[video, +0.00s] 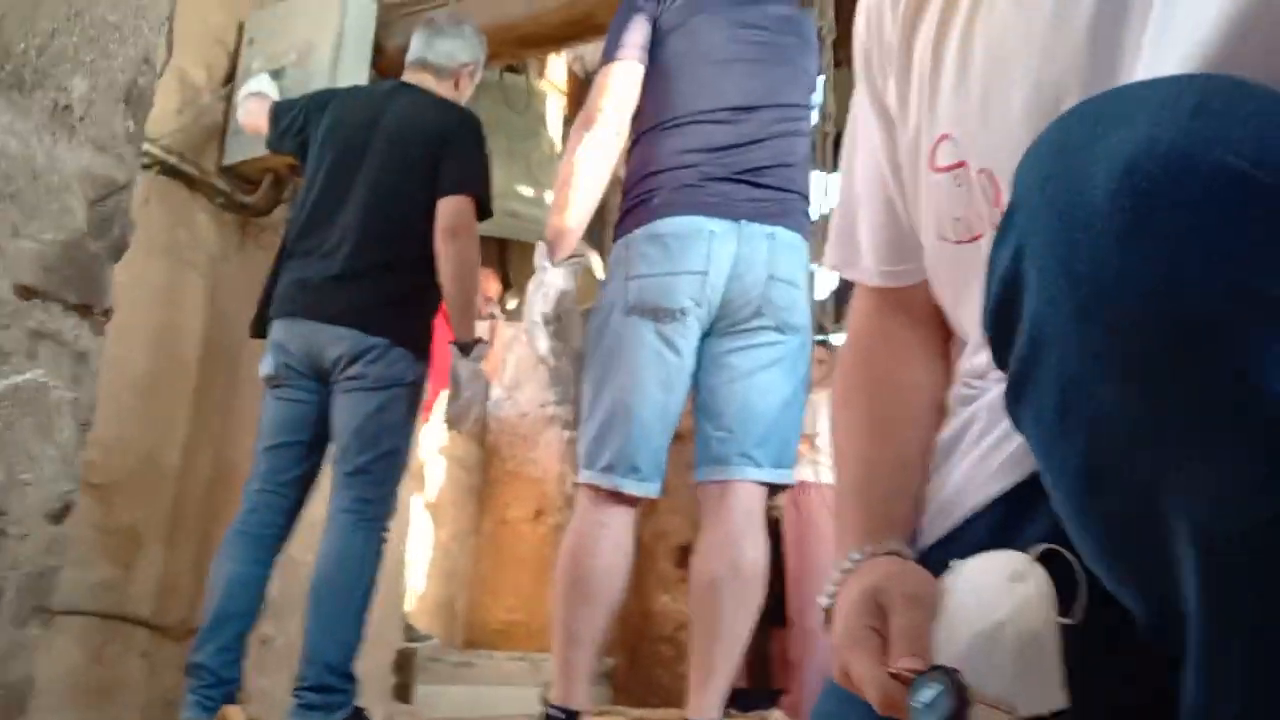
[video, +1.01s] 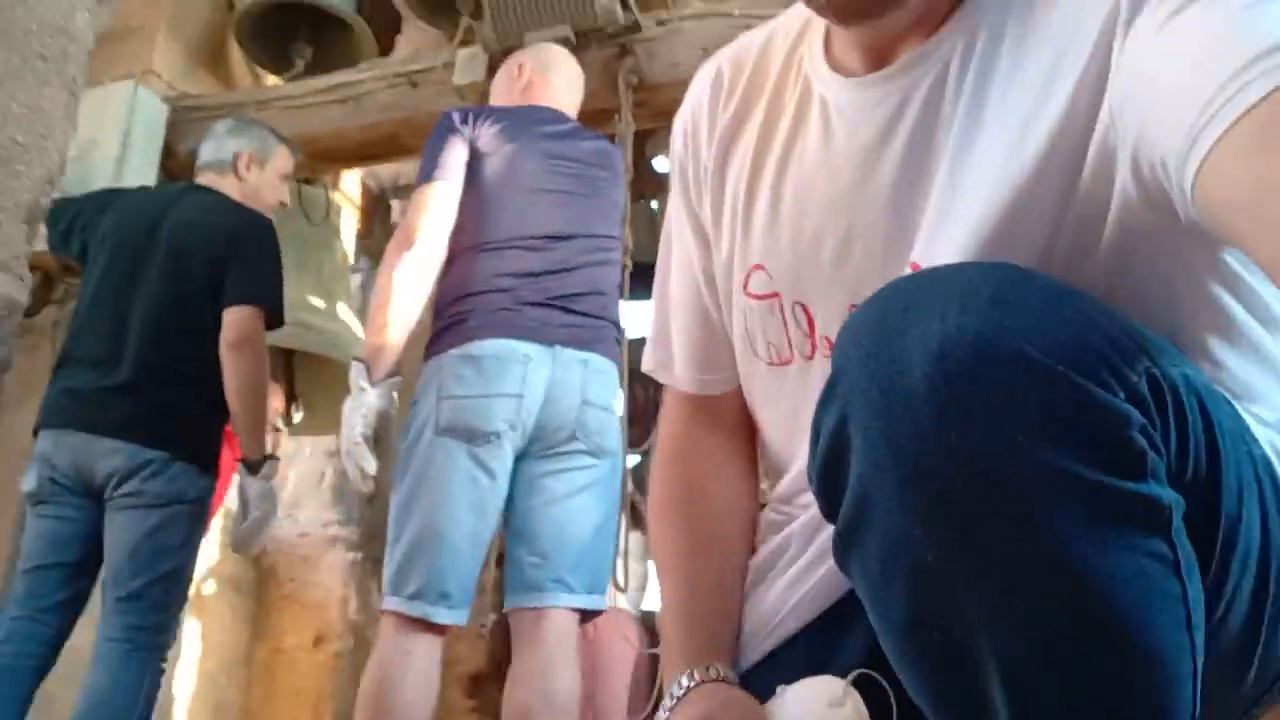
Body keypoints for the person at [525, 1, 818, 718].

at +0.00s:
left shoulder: (653, 6)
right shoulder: (802, 21)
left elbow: (607, 117)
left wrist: (557, 250)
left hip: (672, 233)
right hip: (781, 245)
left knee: (610, 491)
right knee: (740, 494)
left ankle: (567, 705)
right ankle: (706, 710)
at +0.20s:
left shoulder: (481, 1)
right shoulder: (621, 9)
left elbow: (442, 78)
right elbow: (613, 116)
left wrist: (386, 205)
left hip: (493, 210)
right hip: (601, 221)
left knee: (429, 469)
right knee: (559, 469)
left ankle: (384, 694)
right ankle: (527, 697)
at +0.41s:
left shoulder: (559, 4)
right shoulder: (696, 11)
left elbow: (524, 75)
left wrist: (472, 203)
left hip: (569, 204)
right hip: (673, 214)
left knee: (504, 458)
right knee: (630, 461)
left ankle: (459, 681)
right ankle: (595, 689)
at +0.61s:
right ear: (614, 5)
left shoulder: (516, 21)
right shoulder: (649, 56)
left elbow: (468, 135)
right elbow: (647, 177)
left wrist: (418, 264)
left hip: (528, 260)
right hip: (633, 273)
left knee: (470, 518)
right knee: (597, 518)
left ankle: (433, 711)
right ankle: (575, 715)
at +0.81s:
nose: (558, 42)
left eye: (567, 28)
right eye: (566, 30)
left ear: (590, 30)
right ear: (643, 53)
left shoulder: (539, 79)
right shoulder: (678, 114)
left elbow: (488, 193)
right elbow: (669, 229)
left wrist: (439, 314)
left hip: (549, 312)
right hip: (654, 328)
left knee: (482, 557)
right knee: (612, 559)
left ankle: (442, 718)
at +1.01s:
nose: (490, 90)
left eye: (498, 77)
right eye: (498, 78)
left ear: (520, 75)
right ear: (575, 100)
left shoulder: (469, 127)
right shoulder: (610, 158)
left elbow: (421, 242)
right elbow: (605, 273)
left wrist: (371, 377)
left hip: (481, 361)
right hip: (593, 373)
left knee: (415, 617)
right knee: (551, 614)